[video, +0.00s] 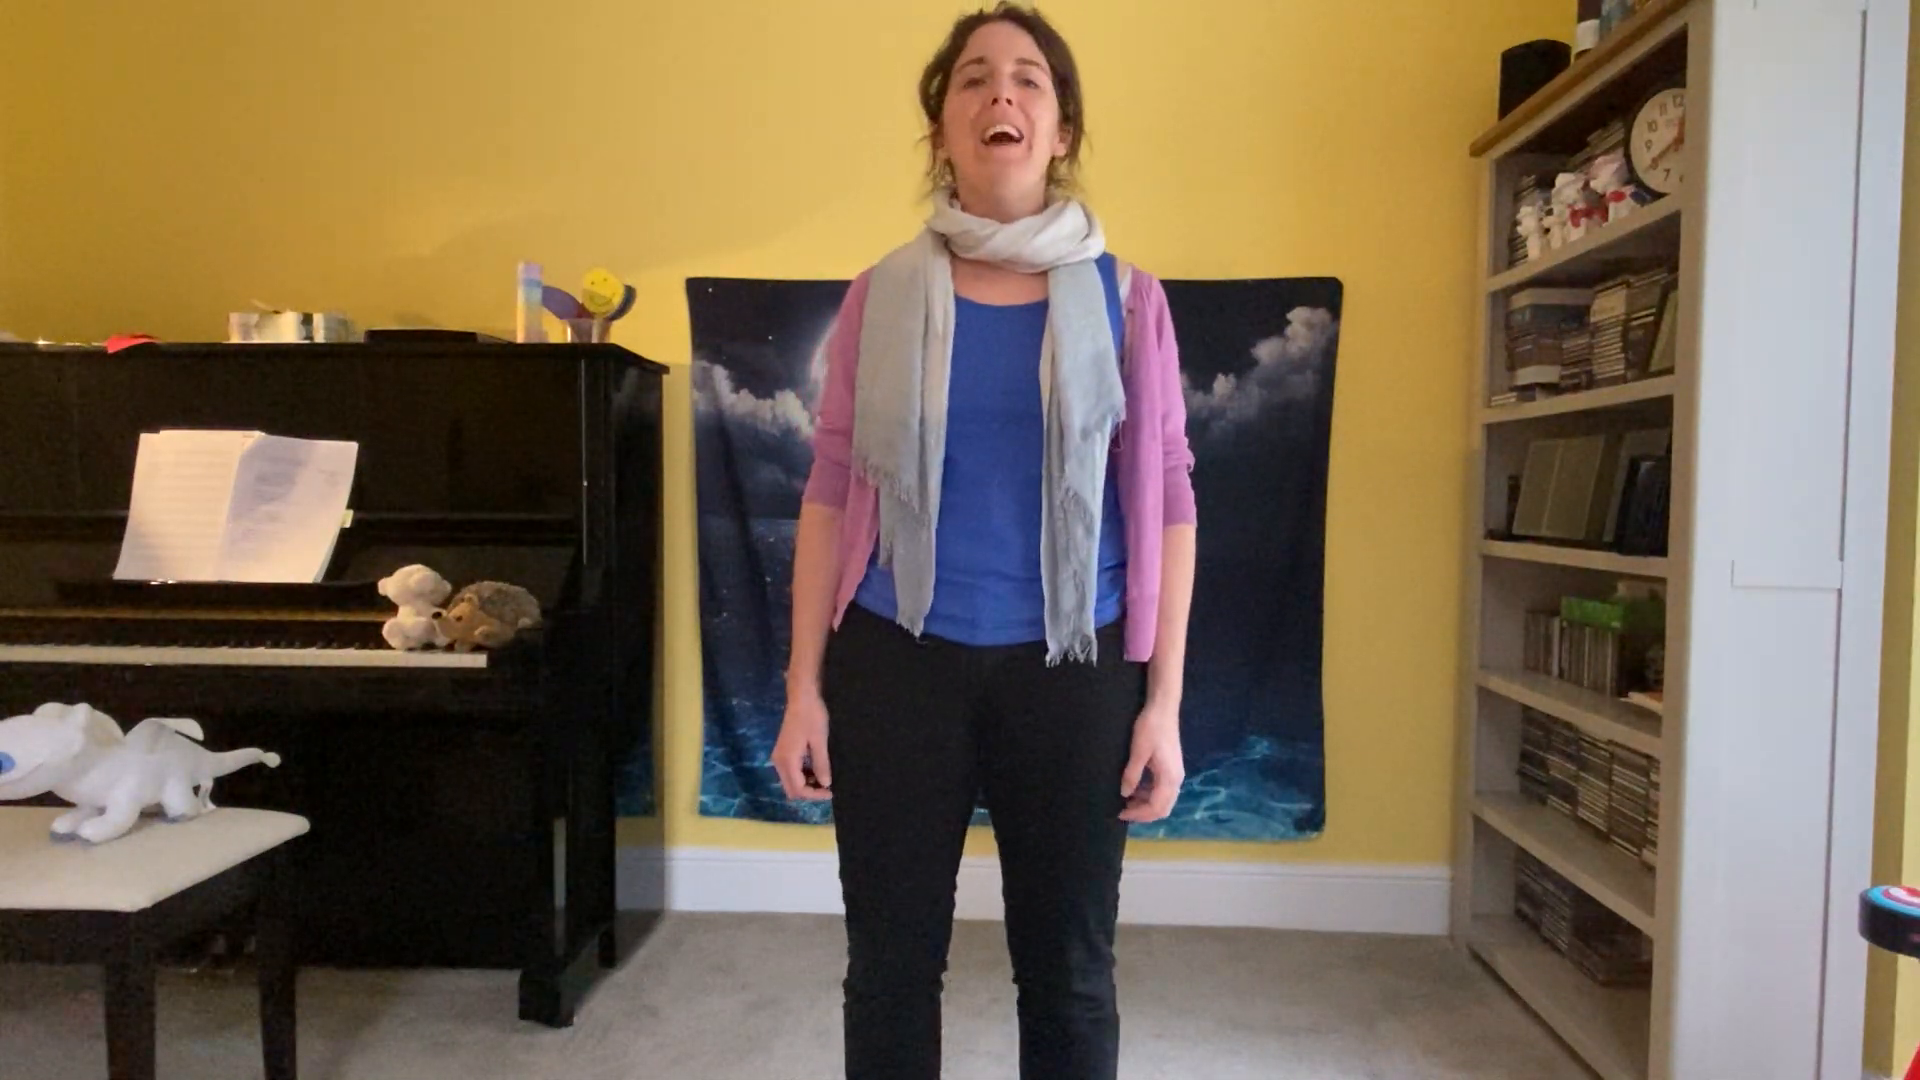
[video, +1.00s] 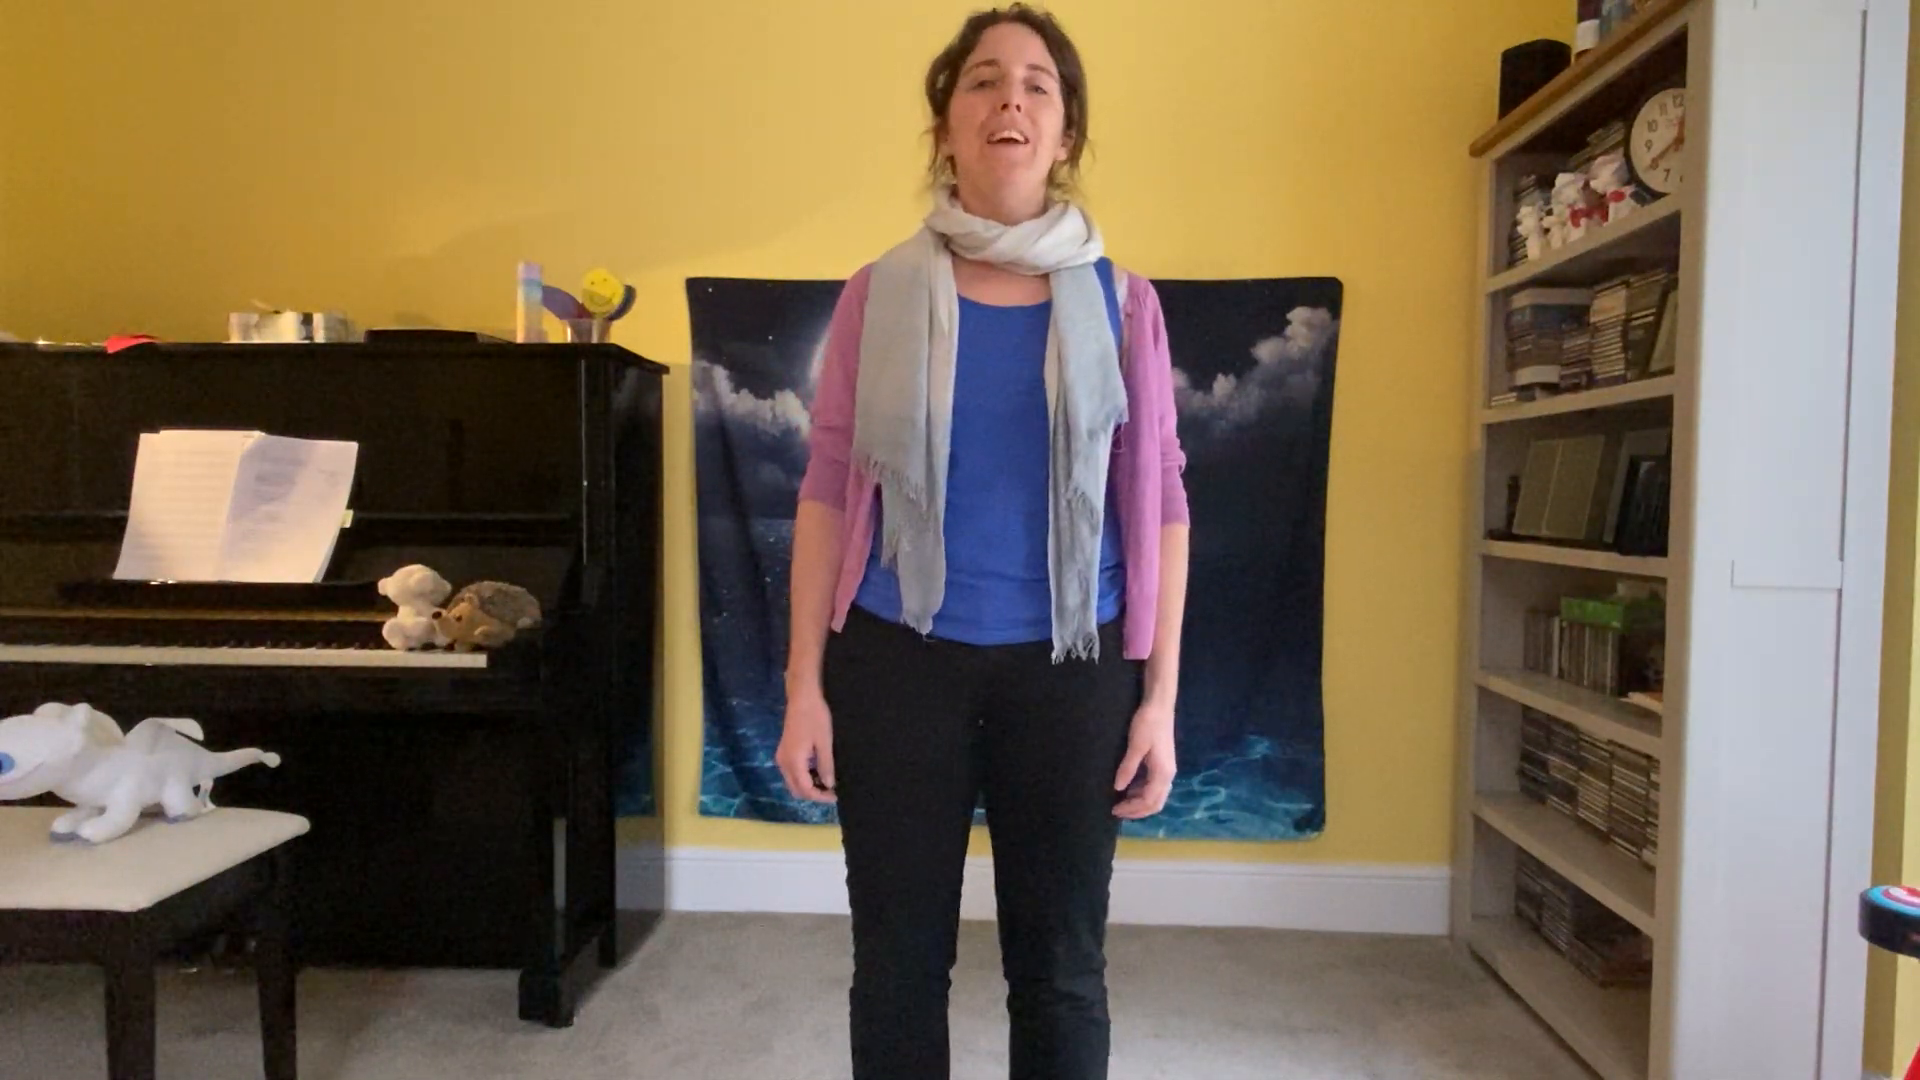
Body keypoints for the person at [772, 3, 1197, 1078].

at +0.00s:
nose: (1002, 94)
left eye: (1027, 80)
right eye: (976, 79)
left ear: (1064, 129)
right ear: (940, 129)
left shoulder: (1128, 303)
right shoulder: (880, 297)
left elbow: (1168, 506)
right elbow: (829, 494)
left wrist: (1163, 698)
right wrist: (802, 683)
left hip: (1072, 684)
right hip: (893, 678)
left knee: (1071, 982)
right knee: (890, 978)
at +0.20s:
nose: (1004, 98)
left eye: (1029, 83)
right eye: (978, 82)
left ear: (1065, 131)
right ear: (943, 131)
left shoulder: (1127, 306)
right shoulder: (881, 300)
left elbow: (1167, 508)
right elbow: (830, 493)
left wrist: (1162, 697)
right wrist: (803, 680)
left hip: (1070, 682)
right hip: (893, 675)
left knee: (1070, 984)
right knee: (890, 978)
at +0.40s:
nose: (1007, 100)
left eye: (1032, 87)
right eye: (982, 85)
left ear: (1067, 135)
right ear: (945, 134)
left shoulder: (1127, 308)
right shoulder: (882, 300)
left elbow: (1166, 509)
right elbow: (832, 491)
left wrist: (1162, 696)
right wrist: (803, 680)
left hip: (1071, 681)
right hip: (893, 674)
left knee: (1069, 981)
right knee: (892, 977)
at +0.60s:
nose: (1012, 98)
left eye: (1037, 86)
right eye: (987, 84)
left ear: (1070, 134)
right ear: (948, 132)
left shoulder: (1128, 308)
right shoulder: (883, 299)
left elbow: (1166, 509)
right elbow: (832, 490)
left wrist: (1161, 697)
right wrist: (803, 679)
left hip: (1071, 682)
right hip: (896, 675)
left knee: (1066, 983)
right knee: (895, 980)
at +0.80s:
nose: (1012, 102)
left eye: (1038, 86)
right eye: (987, 83)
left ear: (1071, 132)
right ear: (947, 128)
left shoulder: (1127, 307)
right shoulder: (881, 296)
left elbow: (1164, 509)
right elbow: (829, 492)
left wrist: (1161, 695)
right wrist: (803, 679)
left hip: (1071, 680)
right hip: (896, 673)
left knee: (1065, 981)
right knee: (896, 978)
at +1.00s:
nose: (1010, 101)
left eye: (1037, 86)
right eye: (985, 82)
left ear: (1068, 133)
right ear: (944, 127)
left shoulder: (1123, 306)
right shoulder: (878, 296)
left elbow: (1161, 507)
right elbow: (826, 494)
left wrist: (1158, 694)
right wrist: (803, 681)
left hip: (1068, 678)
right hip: (894, 670)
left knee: (1061, 979)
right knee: (897, 977)